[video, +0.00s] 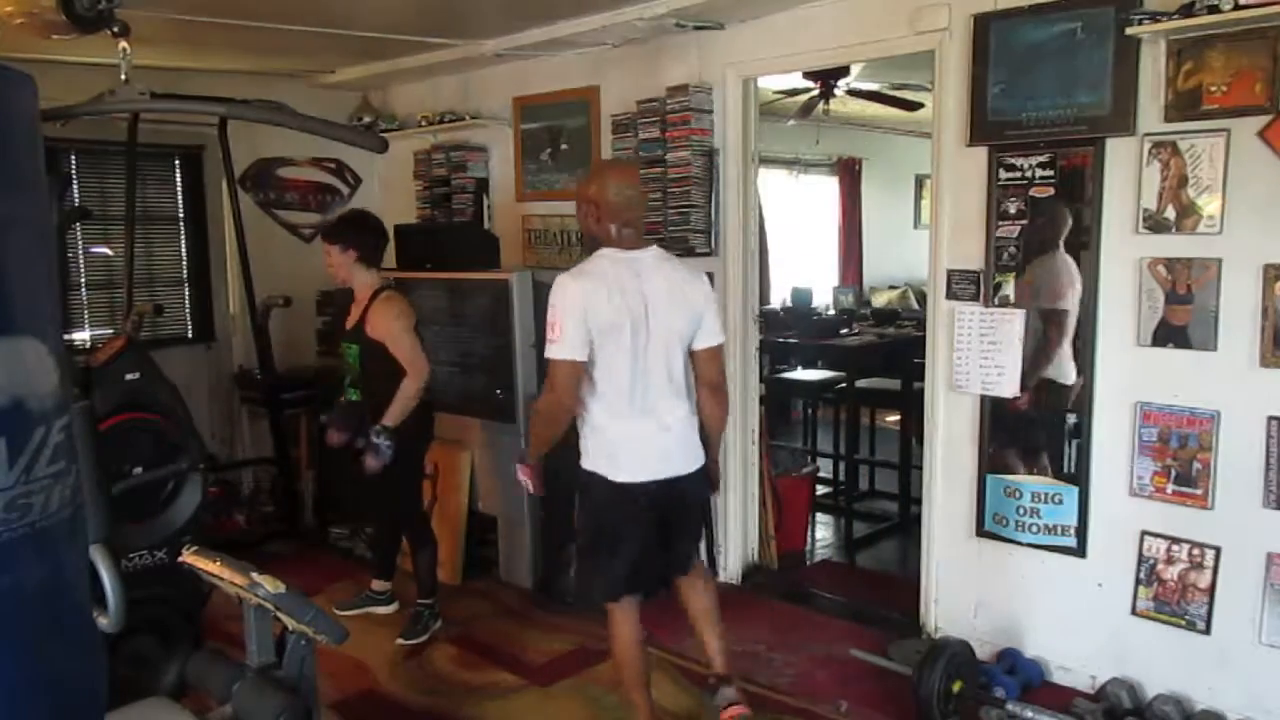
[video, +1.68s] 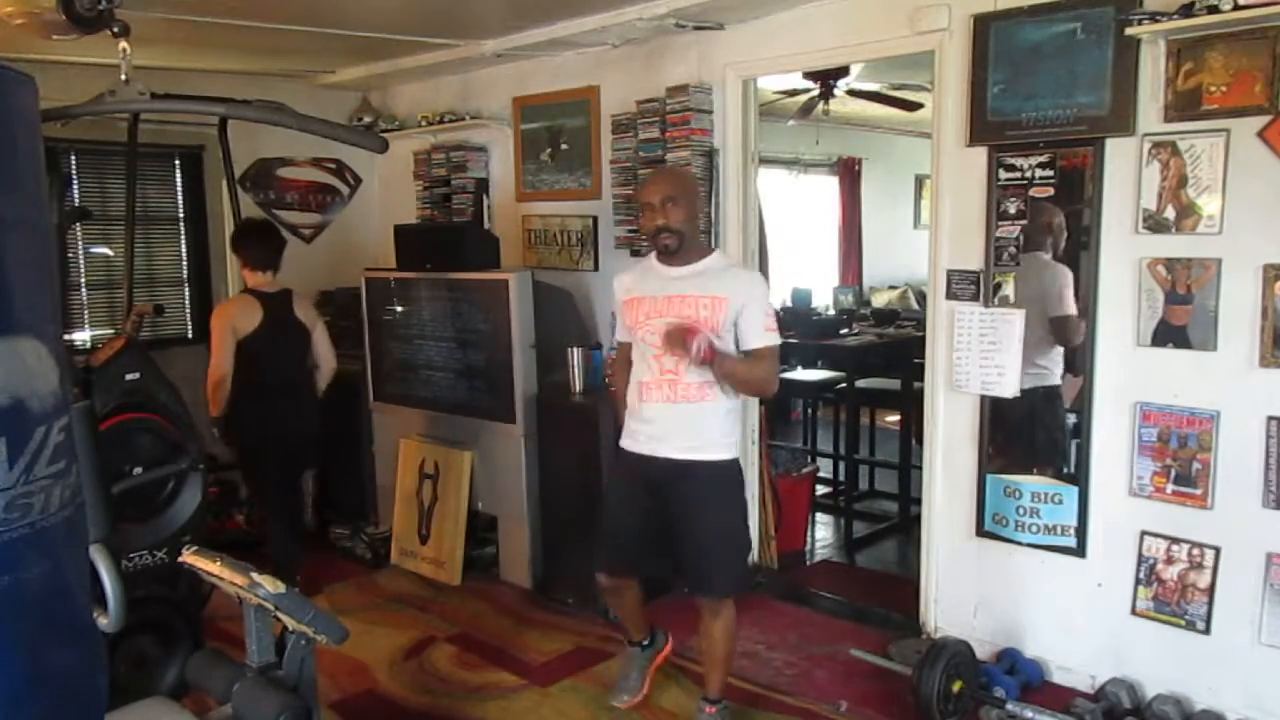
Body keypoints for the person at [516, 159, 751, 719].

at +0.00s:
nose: (579, 218)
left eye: (581, 209)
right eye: (581, 208)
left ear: (596, 211)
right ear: (642, 210)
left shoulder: (576, 286)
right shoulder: (690, 278)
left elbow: (562, 394)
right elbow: (713, 382)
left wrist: (532, 454)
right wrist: (708, 459)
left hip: (614, 476)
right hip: (684, 467)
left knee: (622, 599)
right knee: (691, 568)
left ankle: (641, 711)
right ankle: (725, 685)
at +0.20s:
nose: (563, 227)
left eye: (568, 217)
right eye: (565, 216)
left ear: (594, 219)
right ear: (621, 219)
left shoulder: (582, 283)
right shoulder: (667, 278)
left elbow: (567, 388)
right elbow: (686, 374)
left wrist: (501, 432)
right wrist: (678, 441)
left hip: (617, 464)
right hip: (671, 457)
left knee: (617, 599)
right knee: (662, 554)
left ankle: (640, 712)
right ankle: (660, 641)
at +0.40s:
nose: (555, 230)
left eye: (562, 220)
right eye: (556, 219)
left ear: (598, 223)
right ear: (605, 225)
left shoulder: (596, 290)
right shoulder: (648, 277)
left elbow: (603, 387)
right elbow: (670, 359)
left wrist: (569, 479)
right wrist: (648, 417)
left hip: (615, 457)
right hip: (650, 450)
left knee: (608, 588)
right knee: (624, 554)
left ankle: (643, 711)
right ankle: (640, 640)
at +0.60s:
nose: (555, 223)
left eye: (563, 212)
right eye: (553, 213)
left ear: (599, 215)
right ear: (573, 218)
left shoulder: (621, 272)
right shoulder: (589, 271)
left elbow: (653, 365)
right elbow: (613, 356)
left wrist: (648, 450)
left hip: (623, 443)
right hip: (599, 438)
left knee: (611, 563)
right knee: (611, 556)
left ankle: (657, 697)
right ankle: (639, 646)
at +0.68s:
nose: (557, 220)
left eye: (566, 209)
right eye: (553, 212)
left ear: (598, 211)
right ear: (560, 219)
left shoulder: (629, 267)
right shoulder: (580, 272)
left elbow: (668, 355)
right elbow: (599, 348)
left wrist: (669, 441)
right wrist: (582, 411)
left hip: (629, 432)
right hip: (596, 430)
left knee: (612, 551)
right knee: (606, 547)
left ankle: (675, 670)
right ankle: (639, 642)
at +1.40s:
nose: (635, 230)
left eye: (648, 219)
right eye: (625, 218)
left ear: (668, 226)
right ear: (612, 224)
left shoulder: (695, 293)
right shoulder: (597, 292)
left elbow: (734, 378)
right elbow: (574, 370)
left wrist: (690, 430)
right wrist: (552, 430)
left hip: (678, 459)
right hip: (621, 457)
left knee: (688, 584)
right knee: (631, 557)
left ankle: (708, 701)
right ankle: (647, 648)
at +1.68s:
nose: (658, 217)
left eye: (670, 203)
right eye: (647, 208)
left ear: (699, 207)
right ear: (638, 218)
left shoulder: (743, 284)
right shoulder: (628, 285)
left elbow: (765, 379)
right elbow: (621, 357)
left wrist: (709, 353)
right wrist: (624, 404)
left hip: (710, 463)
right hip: (637, 457)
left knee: (714, 593)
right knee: (614, 575)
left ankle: (712, 706)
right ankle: (644, 644)